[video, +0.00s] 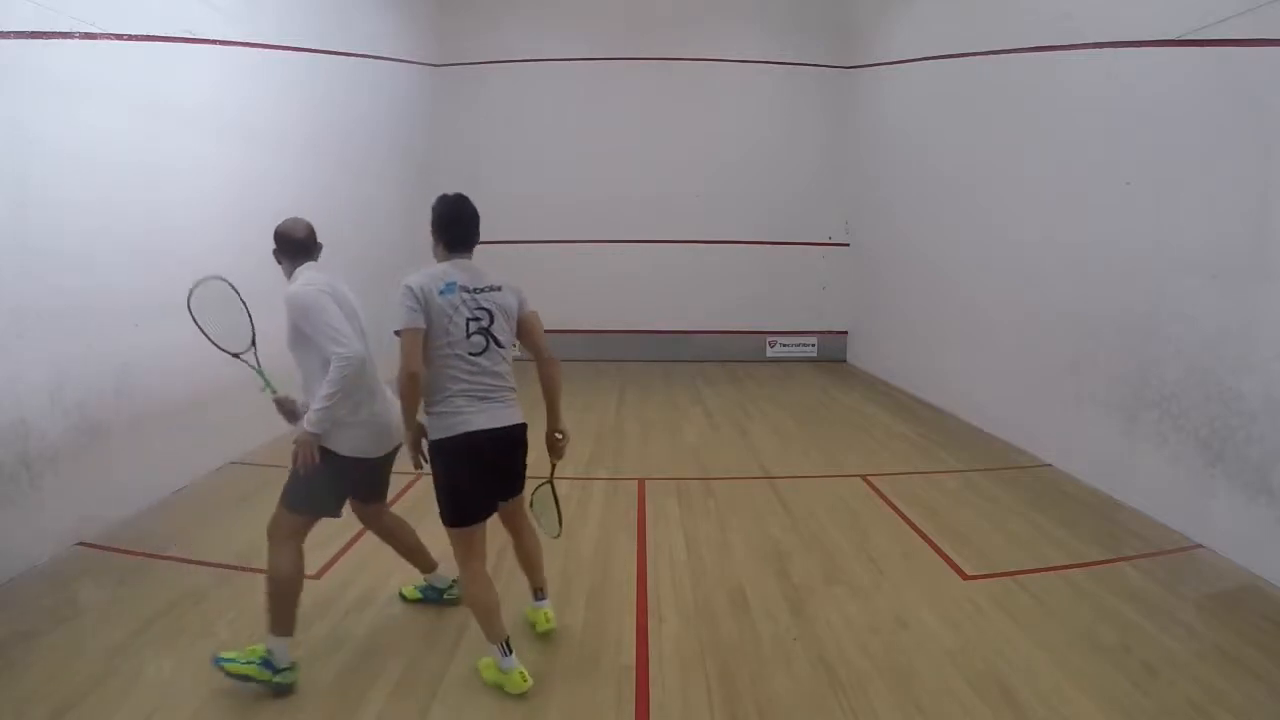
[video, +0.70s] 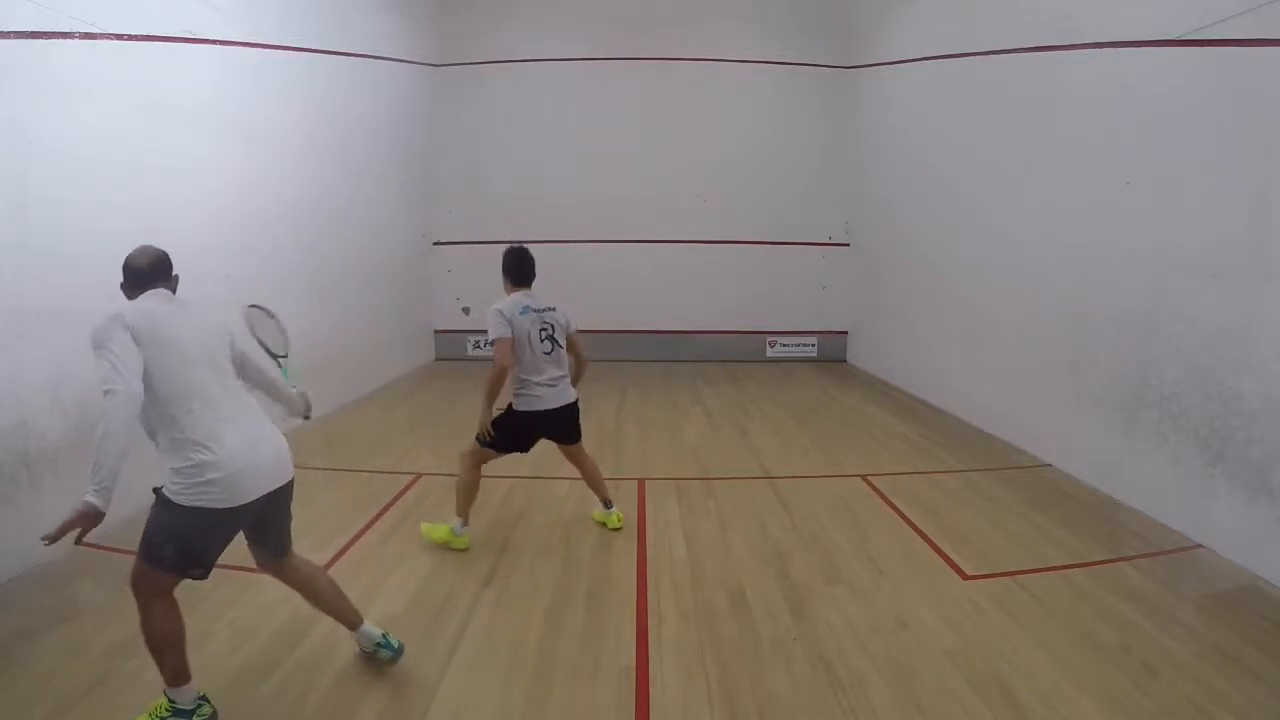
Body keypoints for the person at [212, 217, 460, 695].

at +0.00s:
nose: (276, 258)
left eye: (275, 251)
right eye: (283, 249)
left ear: (277, 254)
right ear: (317, 249)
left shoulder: (303, 294)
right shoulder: (334, 288)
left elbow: (350, 356)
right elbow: (354, 375)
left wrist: (311, 426)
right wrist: (302, 407)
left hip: (343, 435)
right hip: (381, 430)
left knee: (284, 533)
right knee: (370, 508)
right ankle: (439, 578)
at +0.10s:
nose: (236, 274)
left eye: (234, 265)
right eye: (237, 265)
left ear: (238, 262)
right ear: (276, 258)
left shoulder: (271, 296)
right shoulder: (288, 293)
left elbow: (310, 371)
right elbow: (295, 393)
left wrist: (265, 440)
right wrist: (244, 406)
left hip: (309, 451)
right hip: (344, 439)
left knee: (249, 558)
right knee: (358, 518)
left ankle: (217, 683)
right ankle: (435, 580)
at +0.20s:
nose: (192, 299)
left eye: (191, 289)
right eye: (191, 290)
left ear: (198, 285)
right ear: (229, 276)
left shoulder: (234, 315)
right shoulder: (243, 312)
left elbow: (254, 405)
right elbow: (226, 420)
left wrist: (201, 461)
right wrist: (188, 400)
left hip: (276, 470)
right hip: (306, 458)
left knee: (199, 570)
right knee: (322, 540)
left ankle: (190, 700)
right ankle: (412, 591)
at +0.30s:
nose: (141, 325)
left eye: (140, 313)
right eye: (141, 314)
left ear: (150, 309)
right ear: (183, 301)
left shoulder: (194, 336)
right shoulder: (191, 348)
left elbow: (188, 426)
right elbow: (144, 445)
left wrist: (148, 479)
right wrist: (136, 415)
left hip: (254, 493)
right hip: (292, 483)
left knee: (163, 581)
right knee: (301, 562)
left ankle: (185, 702)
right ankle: (394, 607)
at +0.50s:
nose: (96, 341)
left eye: (95, 334)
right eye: (97, 333)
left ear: (101, 329)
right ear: (140, 319)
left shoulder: (114, 360)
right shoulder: (169, 348)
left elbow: (110, 459)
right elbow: (170, 446)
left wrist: (84, 547)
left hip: (222, 499)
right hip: (278, 476)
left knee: (141, 588)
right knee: (292, 560)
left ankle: (185, 703)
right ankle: (377, 620)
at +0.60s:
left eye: (111, 305)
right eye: (154, 296)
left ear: (107, 306)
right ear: (155, 299)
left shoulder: (109, 339)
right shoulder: (174, 335)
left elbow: (102, 426)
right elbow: (204, 409)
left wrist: (87, 525)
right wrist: (178, 482)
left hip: (209, 487)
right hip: (273, 464)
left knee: (148, 585)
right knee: (284, 554)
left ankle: (185, 700)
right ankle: (369, 631)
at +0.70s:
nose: (122, 289)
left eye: (123, 283)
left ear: (125, 286)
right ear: (174, 282)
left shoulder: (119, 324)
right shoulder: (211, 317)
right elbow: (264, 373)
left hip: (205, 482)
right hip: (272, 464)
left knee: (151, 586)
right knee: (279, 557)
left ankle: (184, 701)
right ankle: (372, 638)